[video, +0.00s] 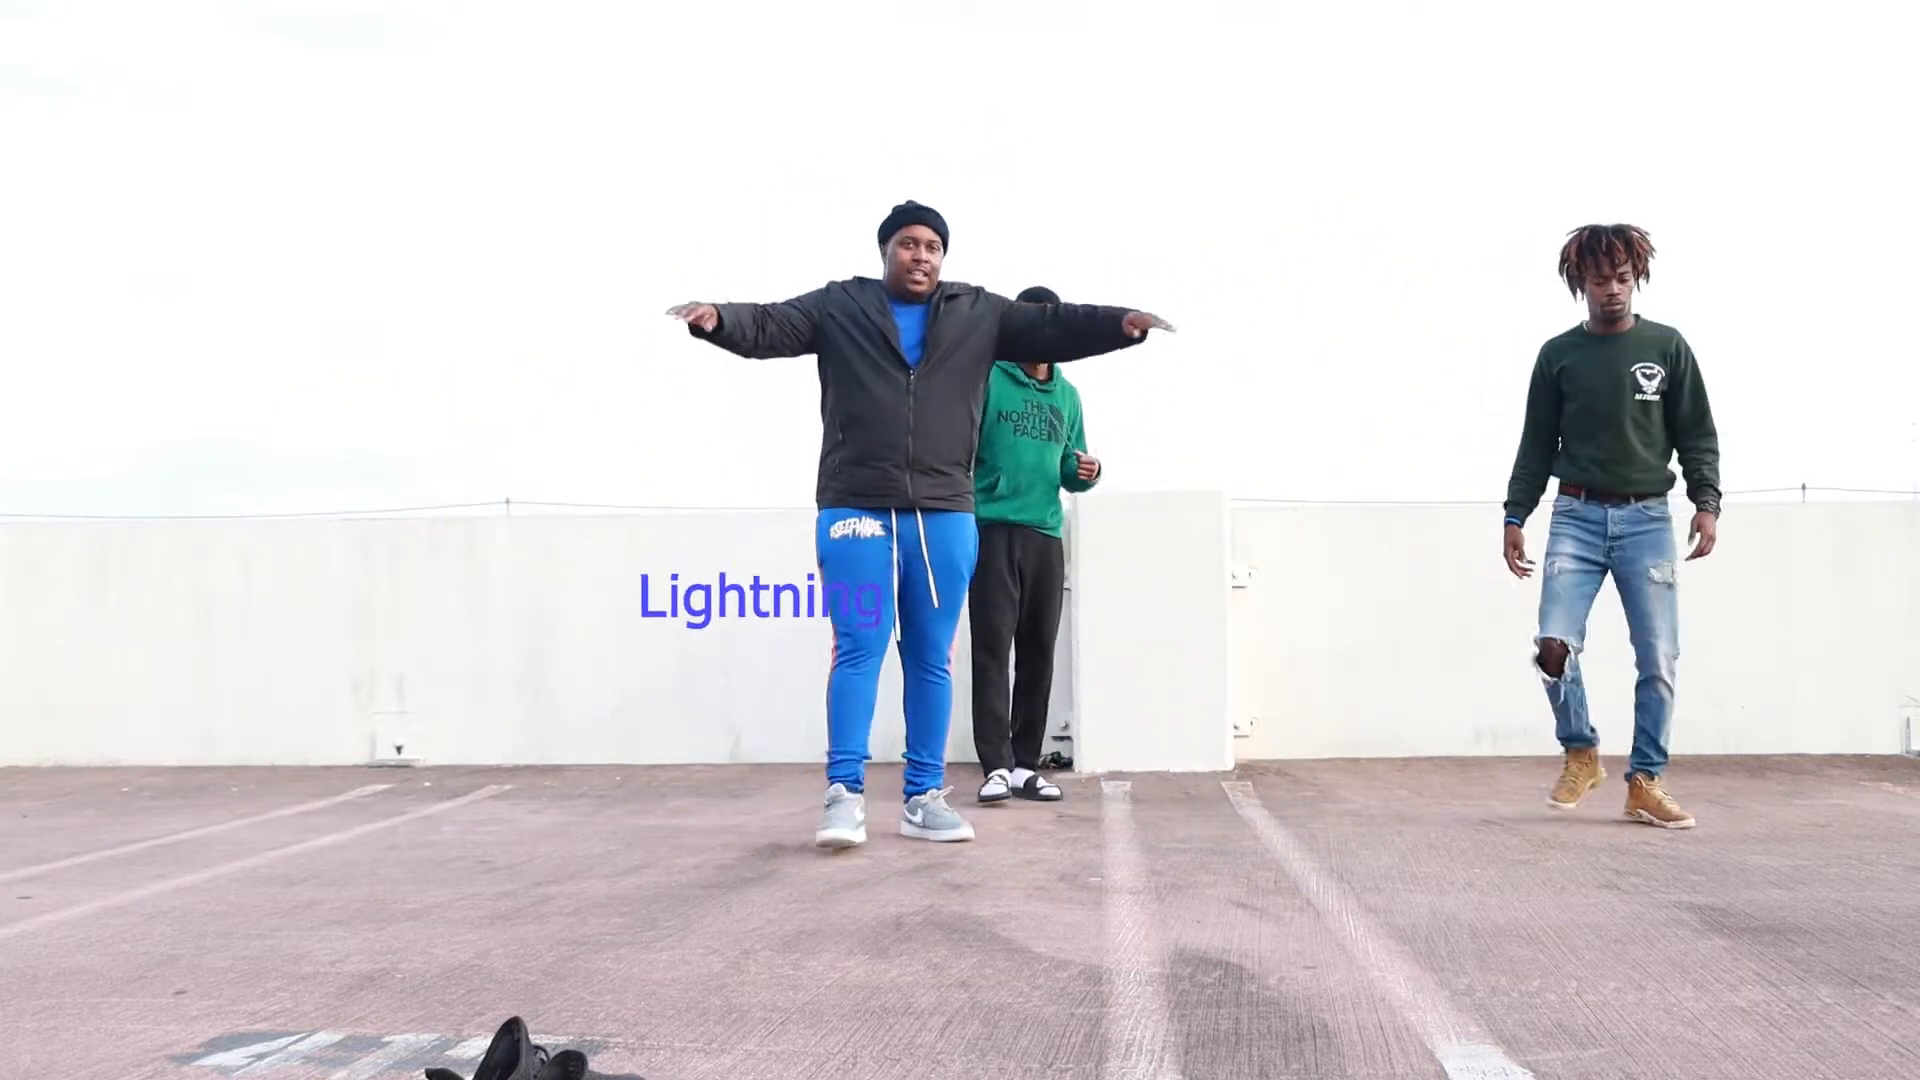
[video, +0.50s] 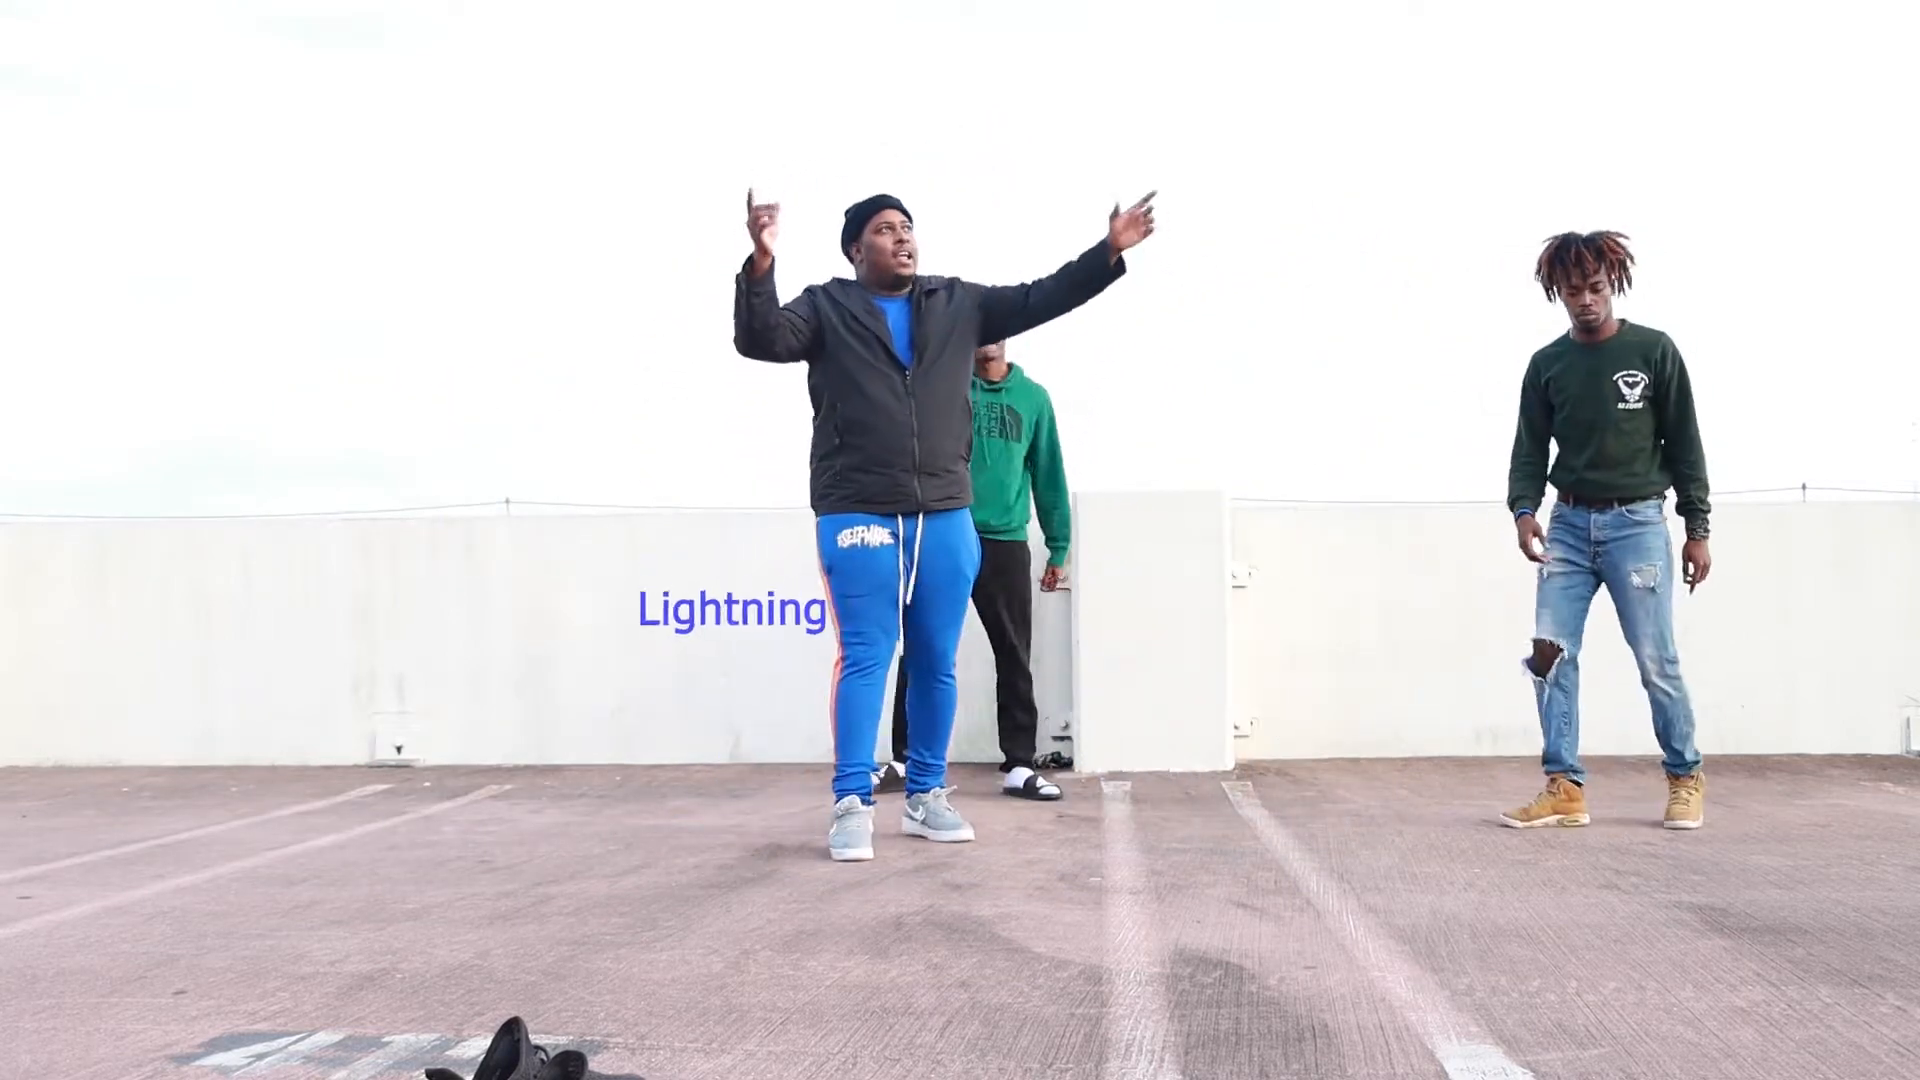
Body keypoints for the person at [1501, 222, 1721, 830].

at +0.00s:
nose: (1612, 289)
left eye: (1622, 277)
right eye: (1599, 279)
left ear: (1637, 277)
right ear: (1580, 282)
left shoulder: (1667, 347)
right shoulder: (1557, 354)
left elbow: (1696, 431)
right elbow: (1537, 443)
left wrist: (1705, 503)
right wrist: (1514, 516)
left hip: (1648, 517)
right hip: (1575, 516)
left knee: (1660, 657)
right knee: (1553, 648)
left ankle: (1646, 781)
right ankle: (1579, 754)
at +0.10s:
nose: (1606, 289)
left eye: (1615, 277)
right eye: (1594, 280)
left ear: (1633, 275)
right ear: (1577, 285)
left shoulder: (1667, 343)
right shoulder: (1558, 354)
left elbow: (1698, 431)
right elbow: (1543, 441)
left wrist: (1709, 509)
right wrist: (1524, 512)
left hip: (1643, 517)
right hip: (1573, 519)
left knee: (1660, 653)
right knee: (1551, 644)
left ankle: (1675, 776)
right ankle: (1578, 777)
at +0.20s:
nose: (1599, 296)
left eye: (1608, 283)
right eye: (1586, 286)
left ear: (1628, 280)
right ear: (1570, 290)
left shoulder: (1661, 347)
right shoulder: (1555, 358)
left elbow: (1696, 436)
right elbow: (1543, 440)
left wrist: (1710, 519)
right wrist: (1529, 508)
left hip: (1640, 520)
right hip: (1571, 523)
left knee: (1657, 656)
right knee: (1556, 650)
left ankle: (1678, 778)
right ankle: (1564, 788)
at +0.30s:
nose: (1591, 295)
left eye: (1601, 282)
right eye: (1579, 286)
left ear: (1622, 280)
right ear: (1564, 291)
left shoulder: (1657, 347)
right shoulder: (1551, 359)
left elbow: (1691, 437)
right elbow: (1538, 441)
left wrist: (1705, 521)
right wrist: (1528, 505)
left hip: (1637, 521)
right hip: (1568, 523)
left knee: (1653, 658)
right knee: (1553, 651)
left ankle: (1674, 778)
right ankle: (1563, 788)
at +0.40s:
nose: (1588, 291)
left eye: (1597, 278)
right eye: (1576, 282)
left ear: (1619, 276)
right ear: (1561, 287)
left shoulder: (1655, 344)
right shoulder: (1547, 356)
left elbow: (1688, 435)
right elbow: (1534, 438)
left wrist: (1700, 519)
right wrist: (1526, 505)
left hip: (1636, 516)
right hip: (1567, 519)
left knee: (1651, 654)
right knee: (1560, 651)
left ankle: (1674, 776)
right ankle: (1564, 787)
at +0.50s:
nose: (1586, 298)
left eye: (1595, 285)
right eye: (1573, 290)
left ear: (1615, 283)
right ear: (1559, 295)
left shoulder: (1653, 350)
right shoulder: (1546, 364)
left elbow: (1683, 442)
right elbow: (1530, 444)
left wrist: (1696, 529)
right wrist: (1524, 509)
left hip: (1638, 522)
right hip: (1568, 525)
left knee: (1655, 659)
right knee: (1550, 651)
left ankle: (1684, 778)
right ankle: (1564, 787)